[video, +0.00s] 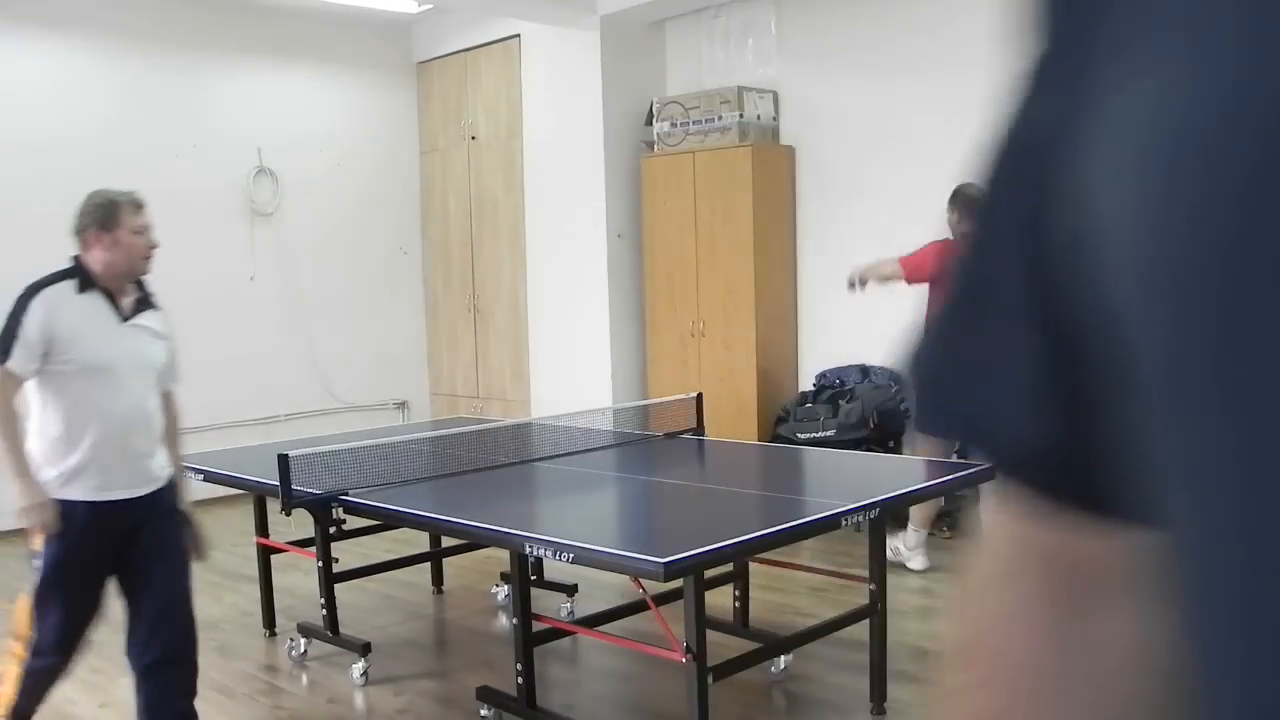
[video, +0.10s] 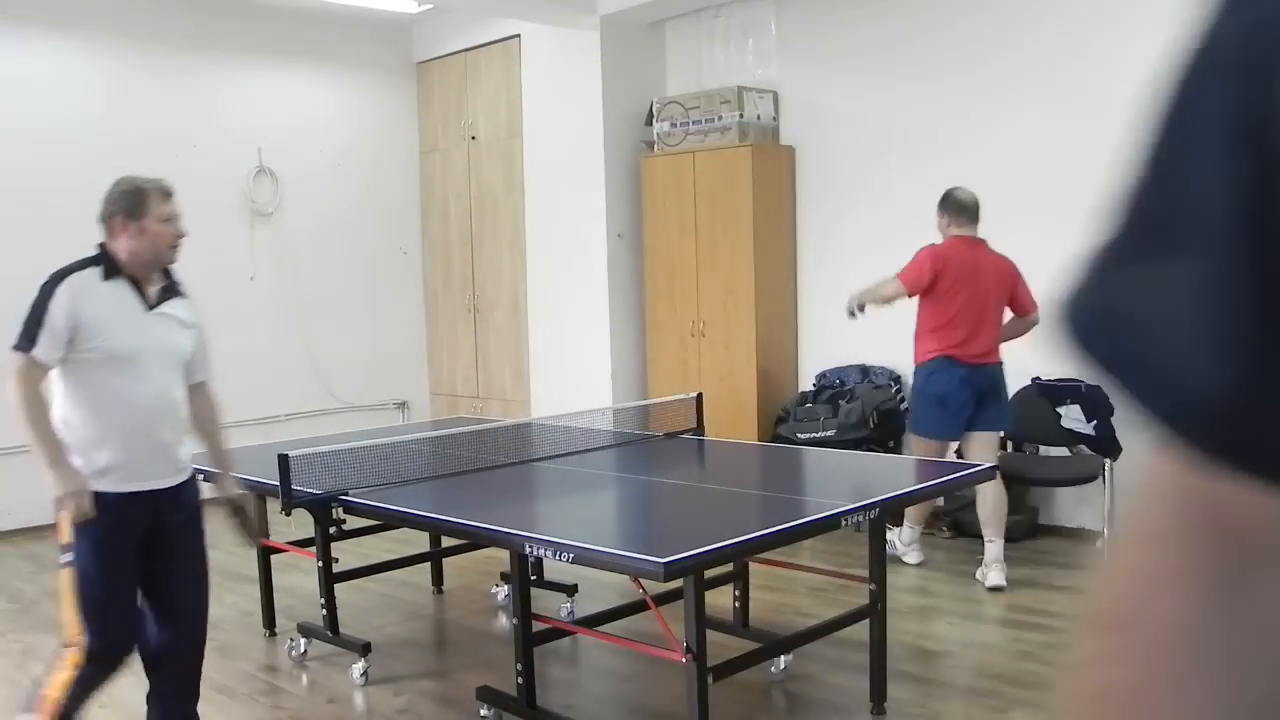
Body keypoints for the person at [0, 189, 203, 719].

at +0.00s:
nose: (153, 244)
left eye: (151, 233)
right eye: (140, 233)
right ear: (96, 240)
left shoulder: (152, 314)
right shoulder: (44, 303)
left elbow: (167, 409)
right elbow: (3, 394)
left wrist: (178, 498)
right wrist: (29, 491)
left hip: (153, 505)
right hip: (77, 511)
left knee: (169, 653)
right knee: (52, 647)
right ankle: (17, 710)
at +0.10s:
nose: (181, 233)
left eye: (179, 221)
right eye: (168, 222)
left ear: (136, 228)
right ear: (123, 228)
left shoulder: (179, 302)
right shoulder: (70, 289)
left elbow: (199, 392)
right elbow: (24, 378)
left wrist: (226, 477)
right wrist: (63, 476)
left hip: (175, 496)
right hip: (99, 501)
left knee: (181, 647)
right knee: (102, 644)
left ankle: (174, 715)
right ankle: (51, 710)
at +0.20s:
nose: (205, 223)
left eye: (203, 212)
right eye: (193, 213)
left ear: (161, 221)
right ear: (147, 221)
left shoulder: (203, 293)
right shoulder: (95, 281)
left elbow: (234, 377)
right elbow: (48, 372)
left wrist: (271, 455)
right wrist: (79, 470)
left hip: (196, 489)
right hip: (123, 491)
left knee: (195, 635)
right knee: (155, 637)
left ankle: (175, 713)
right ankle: (126, 709)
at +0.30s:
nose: (233, 224)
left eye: (231, 212)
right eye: (220, 213)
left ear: (191, 223)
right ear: (174, 222)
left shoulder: (232, 297)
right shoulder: (123, 284)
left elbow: (268, 377)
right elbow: (72, 376)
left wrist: (316, 451)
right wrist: (87, 482)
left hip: (217, 492)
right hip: (146, 493)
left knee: (208, 641)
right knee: (184, 644)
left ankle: (192, 713)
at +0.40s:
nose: (263, 227)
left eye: (261, 216)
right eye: (250, 217)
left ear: (215, 226)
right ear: (202, 226)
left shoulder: (261, 301)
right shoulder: (149, 292)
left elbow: (297, 384)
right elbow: (93, 391)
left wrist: (348, 450)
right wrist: (91, 501)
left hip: (246, 500)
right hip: (173, 505)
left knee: (207, 649)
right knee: (228, 662)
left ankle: (180, 713)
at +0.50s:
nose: (290, 228)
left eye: (287, 216)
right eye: (276, 218)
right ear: (228, 229)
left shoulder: (286, 303)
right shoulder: (173, 302)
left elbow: (318, 390)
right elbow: (114, 404)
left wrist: (361, 452)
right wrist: (100, 514)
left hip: (280, 508)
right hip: (210, 510)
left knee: (235, 645)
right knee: (274, 658)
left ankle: (193, 712)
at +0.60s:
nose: (318, 220)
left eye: (314, 208)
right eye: (304, 209)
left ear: (267, 220)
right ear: (256, 218)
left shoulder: (314, 296)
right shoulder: (200, 300)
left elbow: (336, 386)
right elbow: (145, 410)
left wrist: (374, 457)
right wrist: (120, 518)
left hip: (319, 507)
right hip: (246, 511)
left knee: (302, 661)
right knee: (308, 681)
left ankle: (215, 715)